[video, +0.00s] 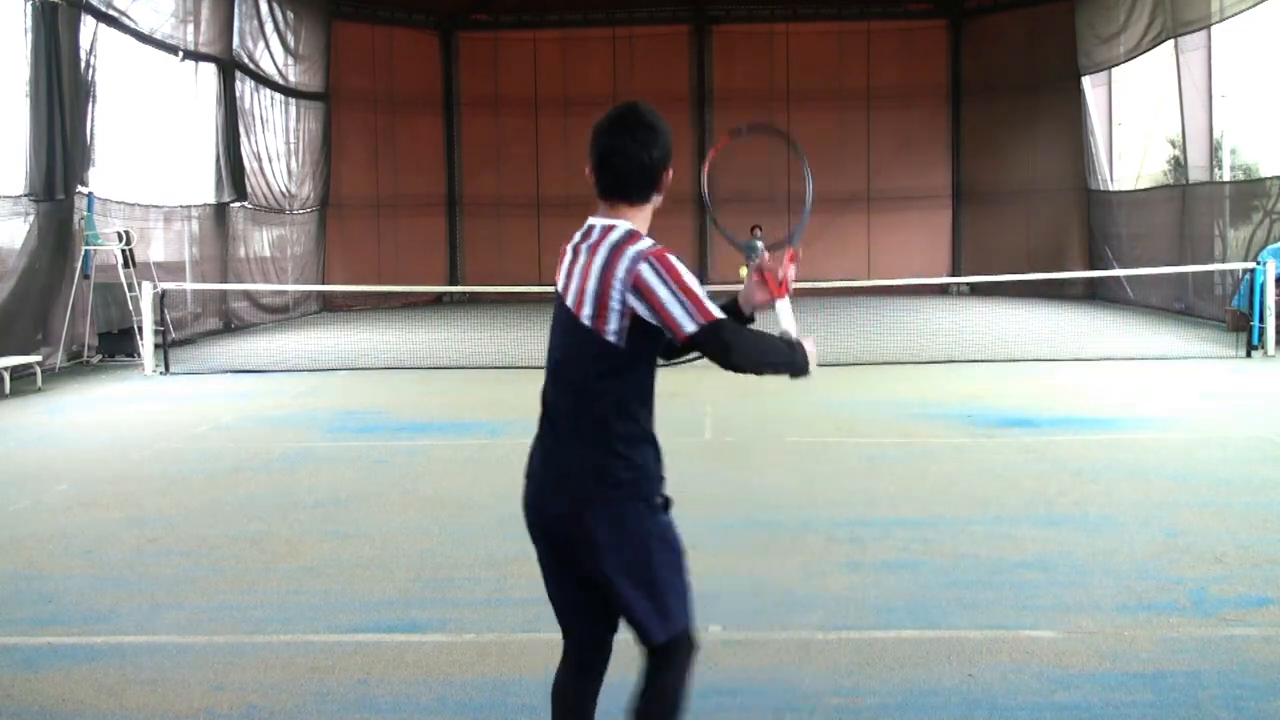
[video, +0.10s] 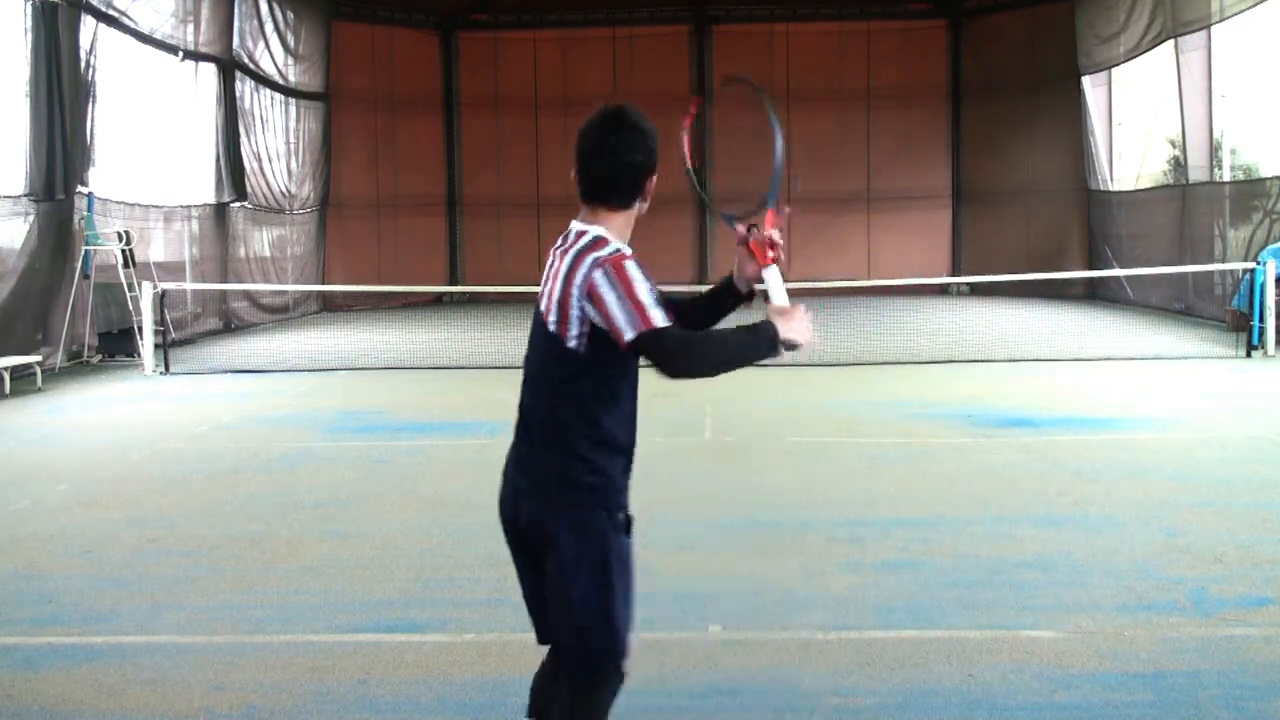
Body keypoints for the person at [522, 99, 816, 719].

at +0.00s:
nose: (669, 175)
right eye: (667, 165)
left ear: (592, 172)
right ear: (665, 178)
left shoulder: (581, 247)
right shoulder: (642, 261)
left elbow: (655, 336)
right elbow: (730, 346)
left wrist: (739, 301)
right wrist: (797, 353)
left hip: (552, 486)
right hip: (616, 492)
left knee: (586, 640)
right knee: (671, 645)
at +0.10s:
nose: (654, 181)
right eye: (653, 170)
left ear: (578, 175)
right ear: (649, 183)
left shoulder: (573, 249)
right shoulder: (605, 264)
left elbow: (672, 322)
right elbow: (677, 356)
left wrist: (739, 283)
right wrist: (775, 332)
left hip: (540, 492)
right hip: (579, 501)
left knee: (570, 657)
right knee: (596, 667)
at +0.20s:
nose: (642, 207)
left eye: (636, 194)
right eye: (642, 196)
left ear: (566, 194)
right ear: (633, 205)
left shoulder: (594, 274)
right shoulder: (571, 283)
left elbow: (668, 319)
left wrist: (724, 271)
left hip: (551, 506)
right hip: (534, 512)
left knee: (554, 655)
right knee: (583, 680)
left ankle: (506, 715)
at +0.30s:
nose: (628, 209)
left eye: (627, 197)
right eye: (629, 197)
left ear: (556, 192)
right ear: (619, 206)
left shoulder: (589, 273)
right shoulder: (544, 283)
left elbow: (632, 316)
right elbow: (563, 377)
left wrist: (689, 303)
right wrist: (637, 340)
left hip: (535, 500)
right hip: (510, 505)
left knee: (530, 638)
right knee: (565, 676)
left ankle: (472, 713)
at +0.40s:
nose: (611, 218)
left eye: (610, 206)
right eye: (611, 206)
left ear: (540, 201)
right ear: (598, 213)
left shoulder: (568, 275)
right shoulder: (516, 286)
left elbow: (631, 316)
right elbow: (507, 380)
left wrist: (718, 321)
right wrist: (553, 369)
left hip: (517, 503)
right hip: (488, 509)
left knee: (504, 634)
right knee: (553, 677)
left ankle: (458, 717)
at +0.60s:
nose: (588, 237)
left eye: (588, 225)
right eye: (589, 226)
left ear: (513, 217)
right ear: (575, 236)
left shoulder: (530, 289)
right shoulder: (487, 308)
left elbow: (588, 294)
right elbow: (465, 393)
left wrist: (667, 293)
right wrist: (483, 436)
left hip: (457, 500)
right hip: (472, 516)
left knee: (478, 626)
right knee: (526, 674)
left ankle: (445, 716)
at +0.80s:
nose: (540, 206)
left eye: (540, 194)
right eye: (536, 196)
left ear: (472, 197)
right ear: (503, 206)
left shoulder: (406, 246)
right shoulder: (516, 289)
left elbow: (395, 210)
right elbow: (573, 340)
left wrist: (462, 196)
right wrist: (634, 300)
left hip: (432, 481)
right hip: (503, 487)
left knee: (433, 622)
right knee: (512, 637)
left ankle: (426, 719)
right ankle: (483, 719)